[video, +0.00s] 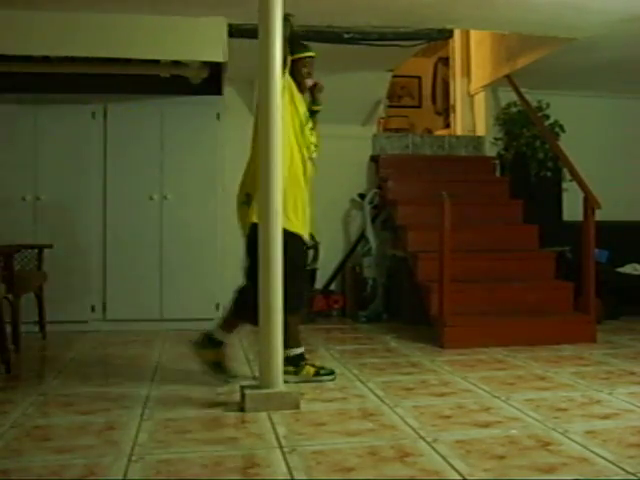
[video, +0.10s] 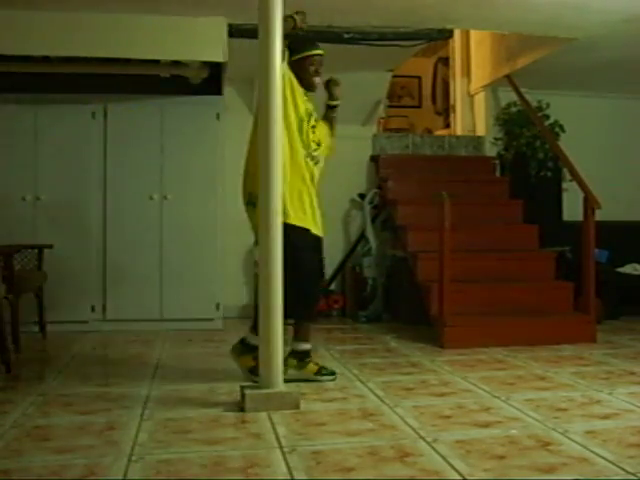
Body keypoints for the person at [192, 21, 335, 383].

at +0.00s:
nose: (308, 72)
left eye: (311, 66)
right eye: (303, 65)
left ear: (312, 67)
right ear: (288, 64)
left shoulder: (297, 101)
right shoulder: (278, 92)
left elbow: (308, 150)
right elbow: (271, 57)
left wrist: (315, 105)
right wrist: (283, 28)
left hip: (289, 208)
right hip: (275, 209)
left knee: (262, 284)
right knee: (291, 285)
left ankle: (216, 338)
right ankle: (291, 357)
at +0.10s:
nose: (318, 70)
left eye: (320, 63)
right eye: (311, 63)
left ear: (318, 66)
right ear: (292, 64)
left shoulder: (306, 105)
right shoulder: (284, 92)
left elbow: (321, 146)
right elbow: (272, 60)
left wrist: (332, 105)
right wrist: (287, 27)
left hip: (304, 201)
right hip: (284, 200)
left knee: (289, 278)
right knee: (304, 278)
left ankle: (253, 344)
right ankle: (300, 354)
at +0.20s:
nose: (324, 71)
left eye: (328, 65)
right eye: (318, 63)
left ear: (327, 70)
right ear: (299, 66)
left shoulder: (321, 113)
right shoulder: (286, 97)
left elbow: (343, 145)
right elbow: (275, 63)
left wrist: (349, 104)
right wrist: (288, 34)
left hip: (314, 205)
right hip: (283, 203)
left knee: (333, 271)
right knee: (278, 280)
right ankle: (249, 348)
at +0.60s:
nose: (362, 64)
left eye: (367, 59)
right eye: (354, 58)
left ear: (372, 66)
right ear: (340, 64)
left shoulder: (386, 110)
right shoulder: (318, 88)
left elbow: (420, 145)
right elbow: (282, 59)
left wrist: (414, 106)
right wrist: (318, 36)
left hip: (363, 210)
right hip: (320, 202)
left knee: (357, 290)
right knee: (312, 283)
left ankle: (354, 366)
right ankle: (287, 336)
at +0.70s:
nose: (368, 65)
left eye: (373, 59)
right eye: (361, 59)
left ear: (380, 66)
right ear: (349, 65)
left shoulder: (401, 107)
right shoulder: (328, 94)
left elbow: (441, 133)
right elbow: (289, 67)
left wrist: (430, 94)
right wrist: (320, 38)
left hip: (380, 211)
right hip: (334, 205)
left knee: (365, 292)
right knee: (331, 285)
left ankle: (355, 367)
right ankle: (333, 334)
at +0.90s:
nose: (381, 75)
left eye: (387, 69)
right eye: (375, 70)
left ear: (396, 73)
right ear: (365, 74)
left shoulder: (424, 109)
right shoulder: (345, 105)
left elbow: (473, 123)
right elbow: (300, 85)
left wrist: (451, 83)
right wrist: (331, 53)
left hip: (404, 216)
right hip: (354, 215)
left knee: (390, 296)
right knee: (357, 297)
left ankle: (360, 365)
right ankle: (407, 335)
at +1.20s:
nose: (394, 80)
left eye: (400, 74)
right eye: (388, 75)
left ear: (414, 78)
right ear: (381, 80)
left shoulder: (439, 106)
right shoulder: (367, 115)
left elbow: (493, 122)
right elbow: (321, 109)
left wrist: (467, 81)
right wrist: (344, 74)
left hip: (431, 199)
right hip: (389, 209)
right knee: (403, 290)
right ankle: (438, 357)